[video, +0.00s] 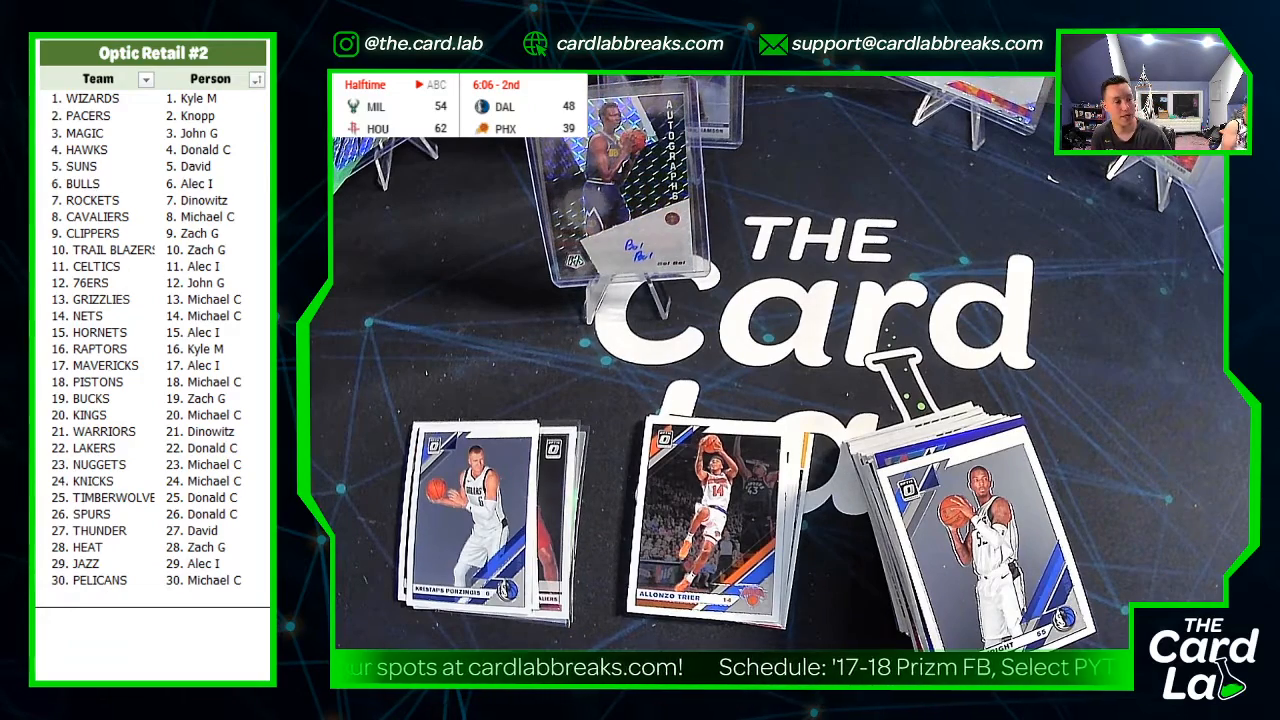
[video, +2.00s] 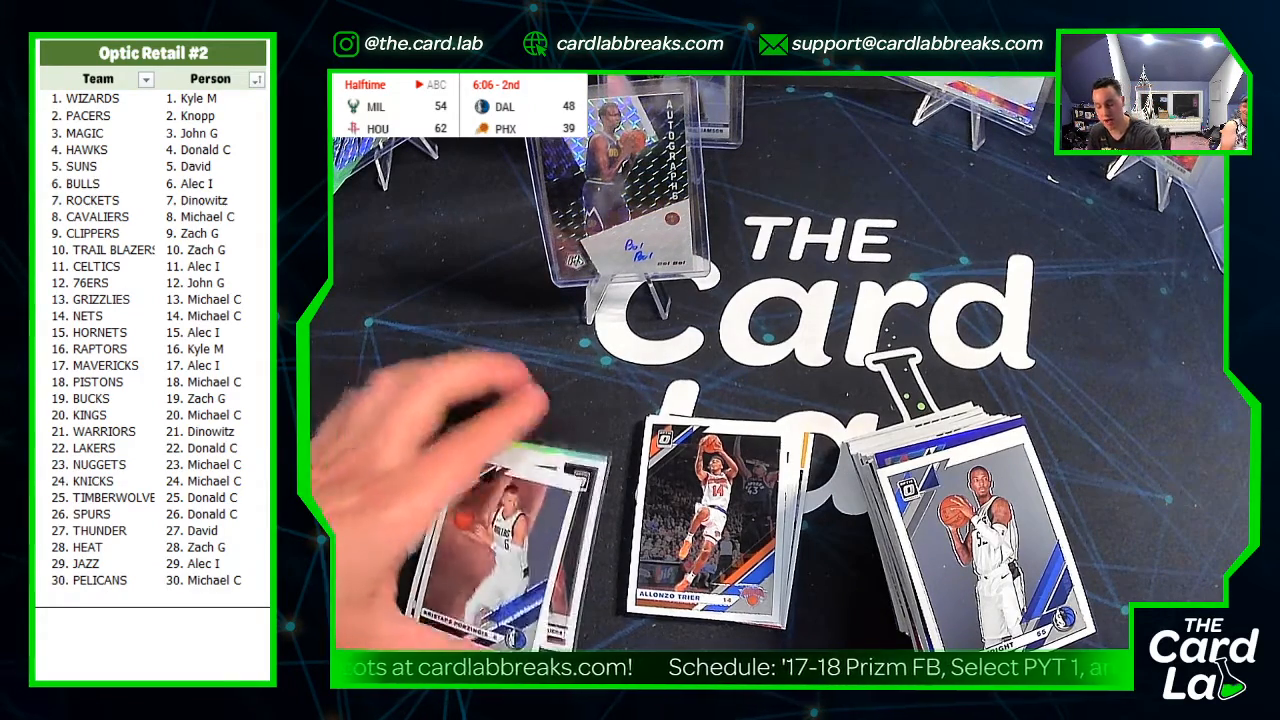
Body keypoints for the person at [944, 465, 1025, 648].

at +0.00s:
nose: (980, 483)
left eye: (984, 479)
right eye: (976, 480)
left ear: (990, 481)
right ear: (970, 485)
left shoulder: (1000, 504)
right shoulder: (975, 517)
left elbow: (998, 539)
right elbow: (965, 559)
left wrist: (973, 517)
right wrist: (953, 530)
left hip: (1007, 578)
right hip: (985, 584)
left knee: (1018, 632)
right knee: (992, 639)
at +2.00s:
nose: (980, 483)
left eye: (984, 479)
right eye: (976, 480)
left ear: (990, 481)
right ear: (970, 485)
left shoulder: (1000, 504)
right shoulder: (975, 517)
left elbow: (997, 539)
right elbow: (965, 559)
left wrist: (973, 517)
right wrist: (953, 530)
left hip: (1007, 579)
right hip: (985, 584)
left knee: (1017, 632)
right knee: (992, 639)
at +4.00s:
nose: (980, 484)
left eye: (983, 479)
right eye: (975, 480)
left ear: (990, 482)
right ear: (970, 486)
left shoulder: (1000, 504)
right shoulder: (974, 517)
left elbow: (996, 538)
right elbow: (965, 559)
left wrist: (972, 517)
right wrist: (953, 531)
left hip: (1007, 579)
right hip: (985, 585)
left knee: (1018, 633)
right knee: (991, 640)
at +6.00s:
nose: (980, 484)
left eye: (983, 479)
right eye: (975, 481)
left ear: (990, 482)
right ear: (970, 486)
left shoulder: (1000, 505)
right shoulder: (975, 518)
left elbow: (997, 539)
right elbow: (965, 559)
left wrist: (972, 516)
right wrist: (953, 531)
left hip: (1006, 579)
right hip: (985, 584)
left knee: (1017, 632)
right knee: (991, 639)